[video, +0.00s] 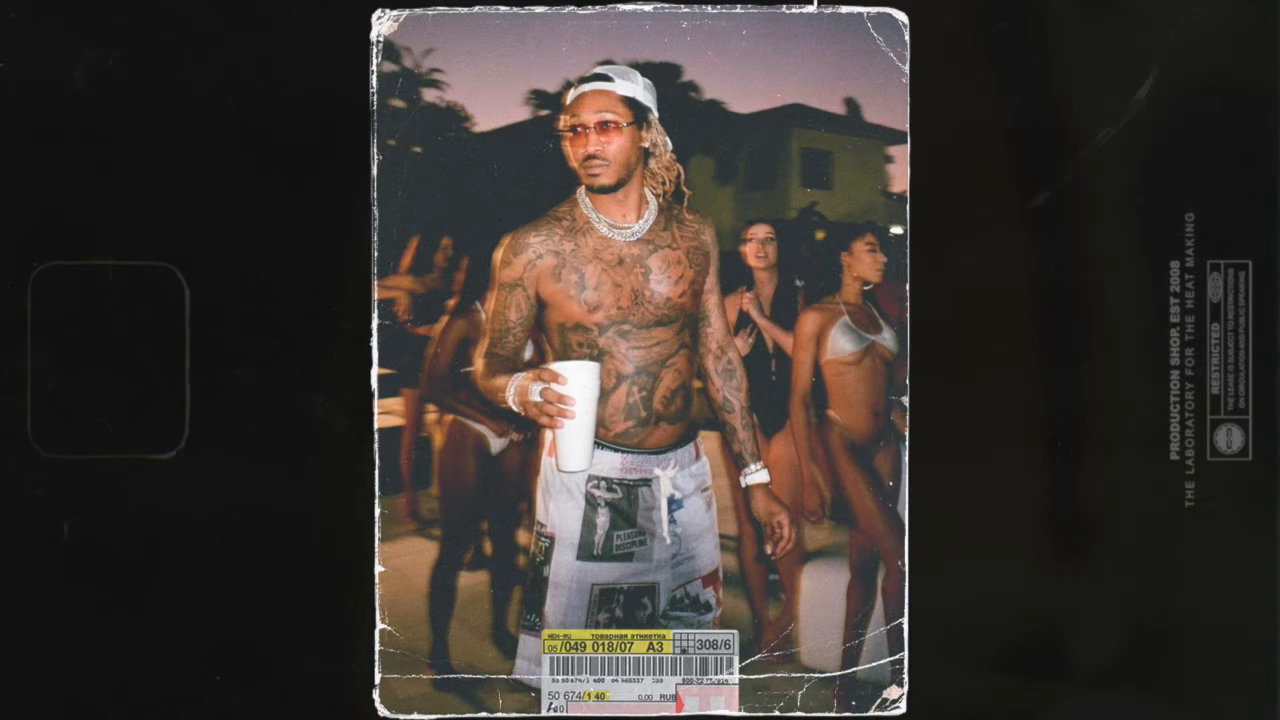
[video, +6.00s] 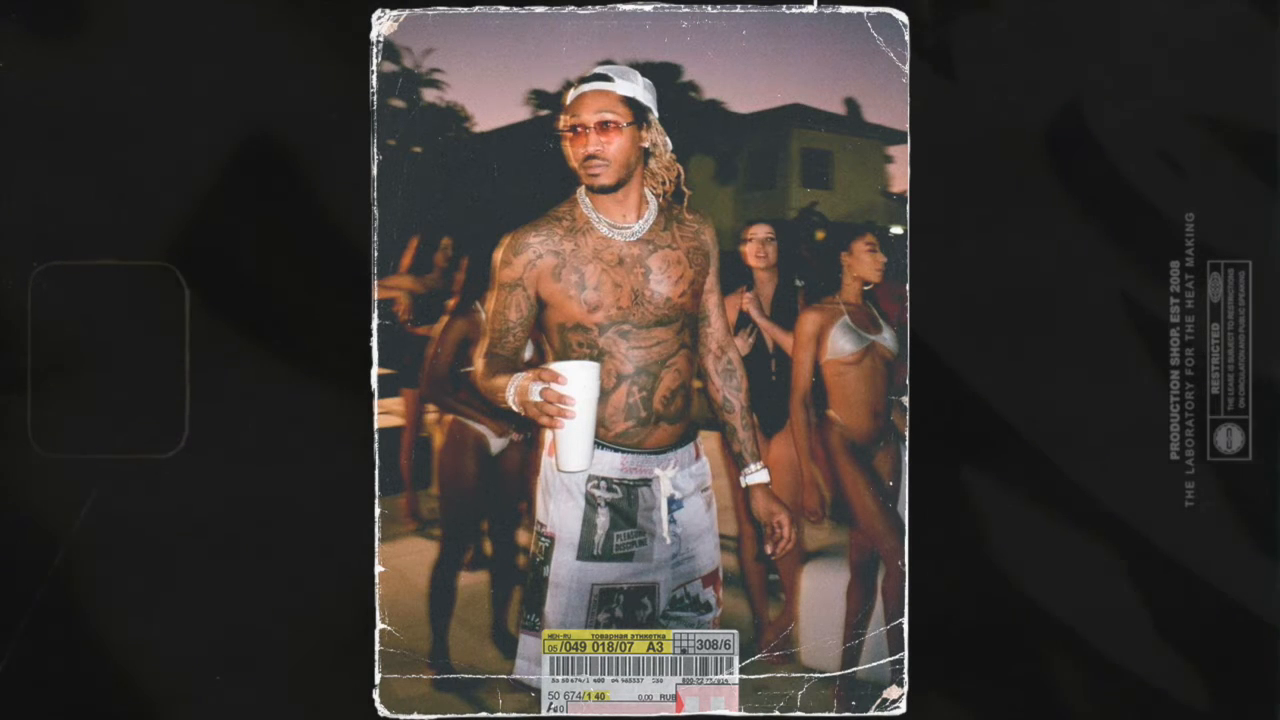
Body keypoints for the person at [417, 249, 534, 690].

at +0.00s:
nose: (517, 287)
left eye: (524, 280)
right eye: (510, 278)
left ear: (532, 288)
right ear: (495, 278)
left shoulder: (531, 333)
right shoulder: (466, 322)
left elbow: (542, 385)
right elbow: (435, 386)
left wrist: (530, 421)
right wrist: (490, 422)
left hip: (513, 445)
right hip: (465, 440)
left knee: (505, 540)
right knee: (456, 543)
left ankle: (502, 628)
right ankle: (439, 651)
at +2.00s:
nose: (514, 289)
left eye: (521, 282)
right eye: (508, 279)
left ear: (529, 290)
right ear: (493, 280)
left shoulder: (529, 331)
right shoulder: (465, 324)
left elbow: (542, 383)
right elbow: (435, 387)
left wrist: (529, 420)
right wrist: (491, 422)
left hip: (513, 448)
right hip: (465, 444)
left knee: (506, 542)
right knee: (455, 544)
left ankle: (501, 628)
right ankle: (439, 651)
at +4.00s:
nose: (517, 287)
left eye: (524, 279)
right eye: (511, 277)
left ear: (532, 287)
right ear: (496, 277)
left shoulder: (531, 332)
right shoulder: (466, 322)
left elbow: (543, 385)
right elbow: (434, 387)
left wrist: (529, 421)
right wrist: (489, 421)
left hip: (514, 445)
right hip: (465, 440)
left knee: (506, 541)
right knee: (456, 544)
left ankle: (501, 628)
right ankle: (439, 651)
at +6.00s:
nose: (515, 288)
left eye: (522, 280)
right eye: (508, 278)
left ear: (532, 288)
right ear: (494, 278)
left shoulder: (531, 333)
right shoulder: (465, 323)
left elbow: (543, 386)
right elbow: (434, 387)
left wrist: (529, 421)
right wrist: (490, 422)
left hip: (515, 443)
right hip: (465, 439)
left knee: (506, 540)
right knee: (456, 544)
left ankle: (501, 627)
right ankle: (439, 649)